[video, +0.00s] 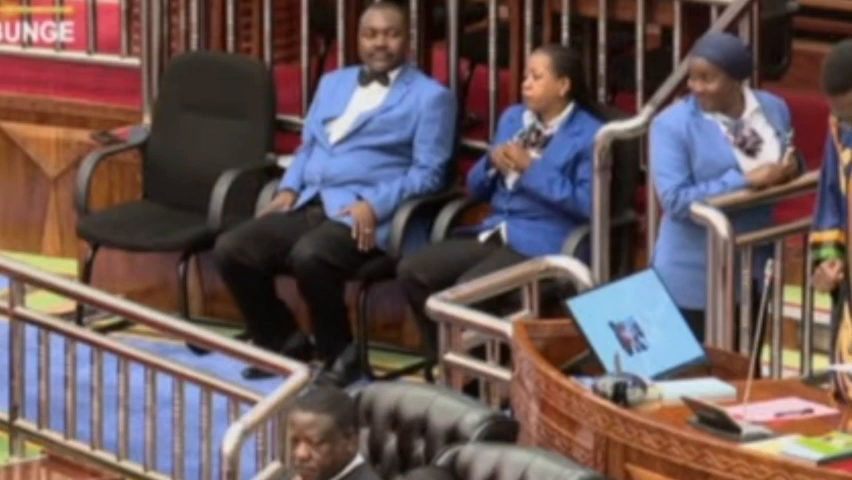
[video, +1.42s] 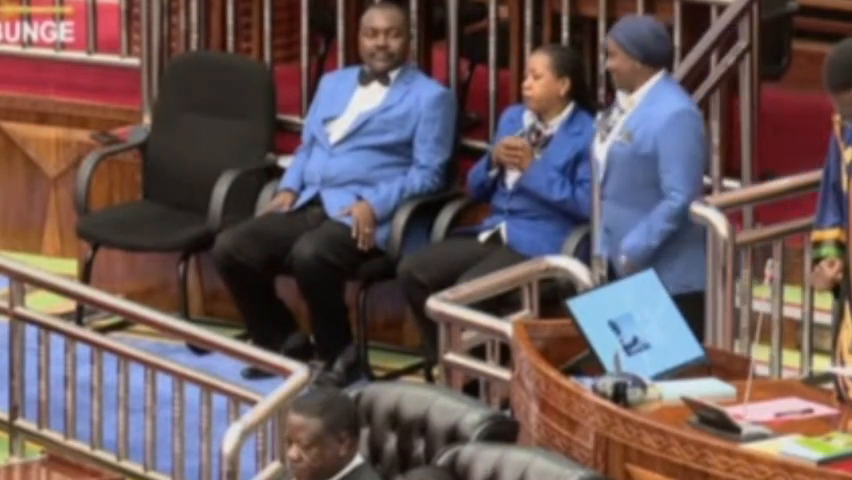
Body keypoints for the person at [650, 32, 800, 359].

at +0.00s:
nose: (695, 87)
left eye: (706, 78)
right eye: (691, 77)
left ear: (736, 79)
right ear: (685, 77)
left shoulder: (773, 109)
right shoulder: (671, 124)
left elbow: (795, 164)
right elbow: (675, 201)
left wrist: (790, 169)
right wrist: (746, 180)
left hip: (751, 272)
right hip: (689, 277)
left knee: (743, 371)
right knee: (690, 372)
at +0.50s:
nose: (698, 84)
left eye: (707, 75)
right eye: (694, 75)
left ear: (739, 73)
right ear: (689, 75)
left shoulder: (789, 111)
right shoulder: (673, 118)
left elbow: (809, 178)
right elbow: (666, 193)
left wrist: (792, 173)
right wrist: (734, 186)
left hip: (757, 276)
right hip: (690, 277)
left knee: (745, 378)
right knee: (688, 376)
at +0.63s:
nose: (701, 78)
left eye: (709, 68)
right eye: (698, 68)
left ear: (741, 68)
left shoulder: (795, 114)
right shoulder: (679, 110)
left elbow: (813, 188)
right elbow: (659, 185)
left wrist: (790, 178)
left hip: (758, 274)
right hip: (689, 272)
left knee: (751, 377)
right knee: (685, 374)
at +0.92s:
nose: (681, 74)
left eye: (689, 65)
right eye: (681, 64)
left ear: (719, 68)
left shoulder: (776, 119)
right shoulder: (673, 103)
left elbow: (800, 189)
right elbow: (653, 182)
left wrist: (753, 184)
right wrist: (640, 253)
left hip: (740, 274)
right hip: (675, 267)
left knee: (735, 372)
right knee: (668, 363)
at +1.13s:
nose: (673, 72)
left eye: (680, 63)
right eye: (672, 63)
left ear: (711, 68)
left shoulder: (767, 119)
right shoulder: (670, 101)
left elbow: (786, 191)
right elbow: (651, 181)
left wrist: (722, 195)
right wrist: (637, 252)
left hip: (734, 273)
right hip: (670, 265)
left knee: (728, 370)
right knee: (662, 359)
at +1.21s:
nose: (634, 67)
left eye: (641, 58)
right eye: (635, 58)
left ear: (671, 64)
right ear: (663, 63)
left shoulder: (719, 117)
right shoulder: (644, 105)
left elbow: (732, 198)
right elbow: (631, 188)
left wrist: (670, 236)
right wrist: (622, 250)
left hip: (689, 278)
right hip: (640, 269)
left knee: (682, 372)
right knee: (636, 364)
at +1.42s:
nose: (606, 65)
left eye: (612, 56)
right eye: (607, 56)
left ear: (640, 60)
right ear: (634, 60)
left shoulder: (675, 113)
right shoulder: (626, 104)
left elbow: (680, 197)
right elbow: (613, 187)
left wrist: (633, 252)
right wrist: (603, 250)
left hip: (669, 277)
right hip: (624, 270)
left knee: (673, 377)